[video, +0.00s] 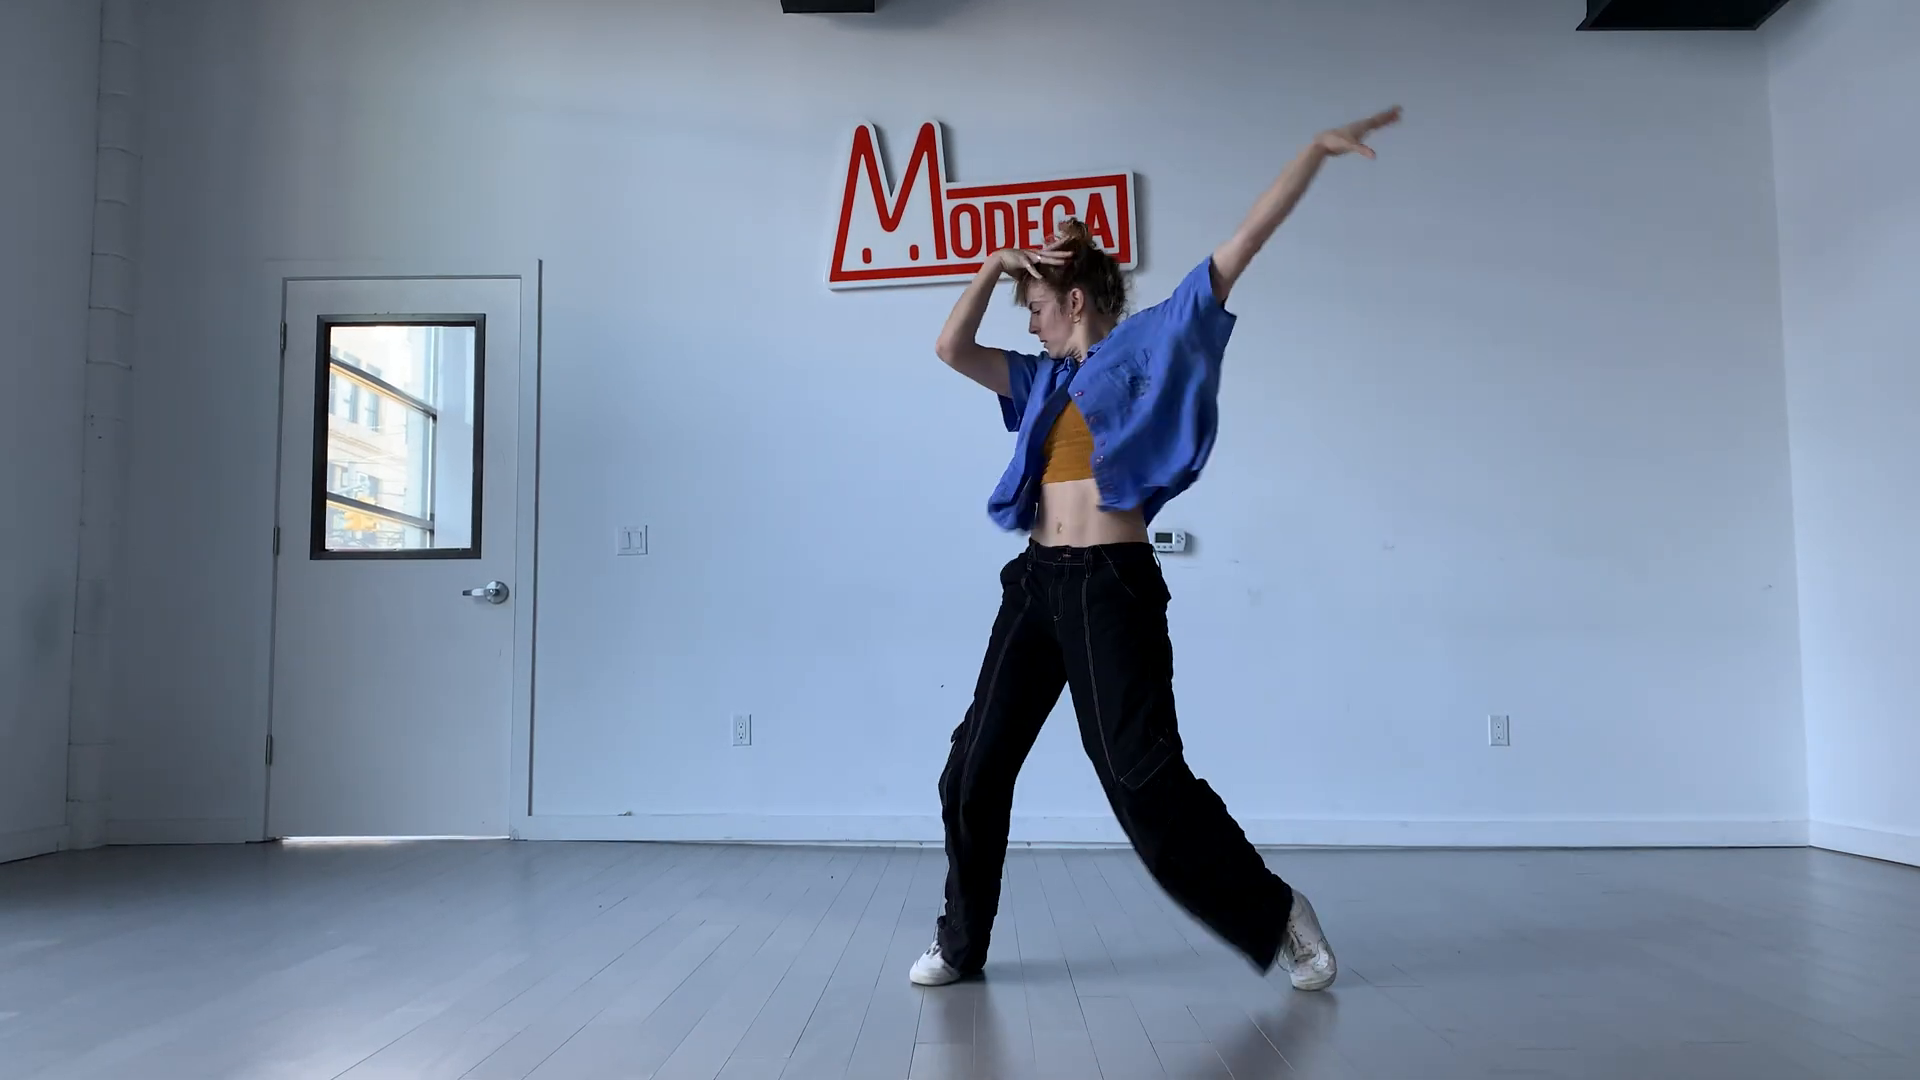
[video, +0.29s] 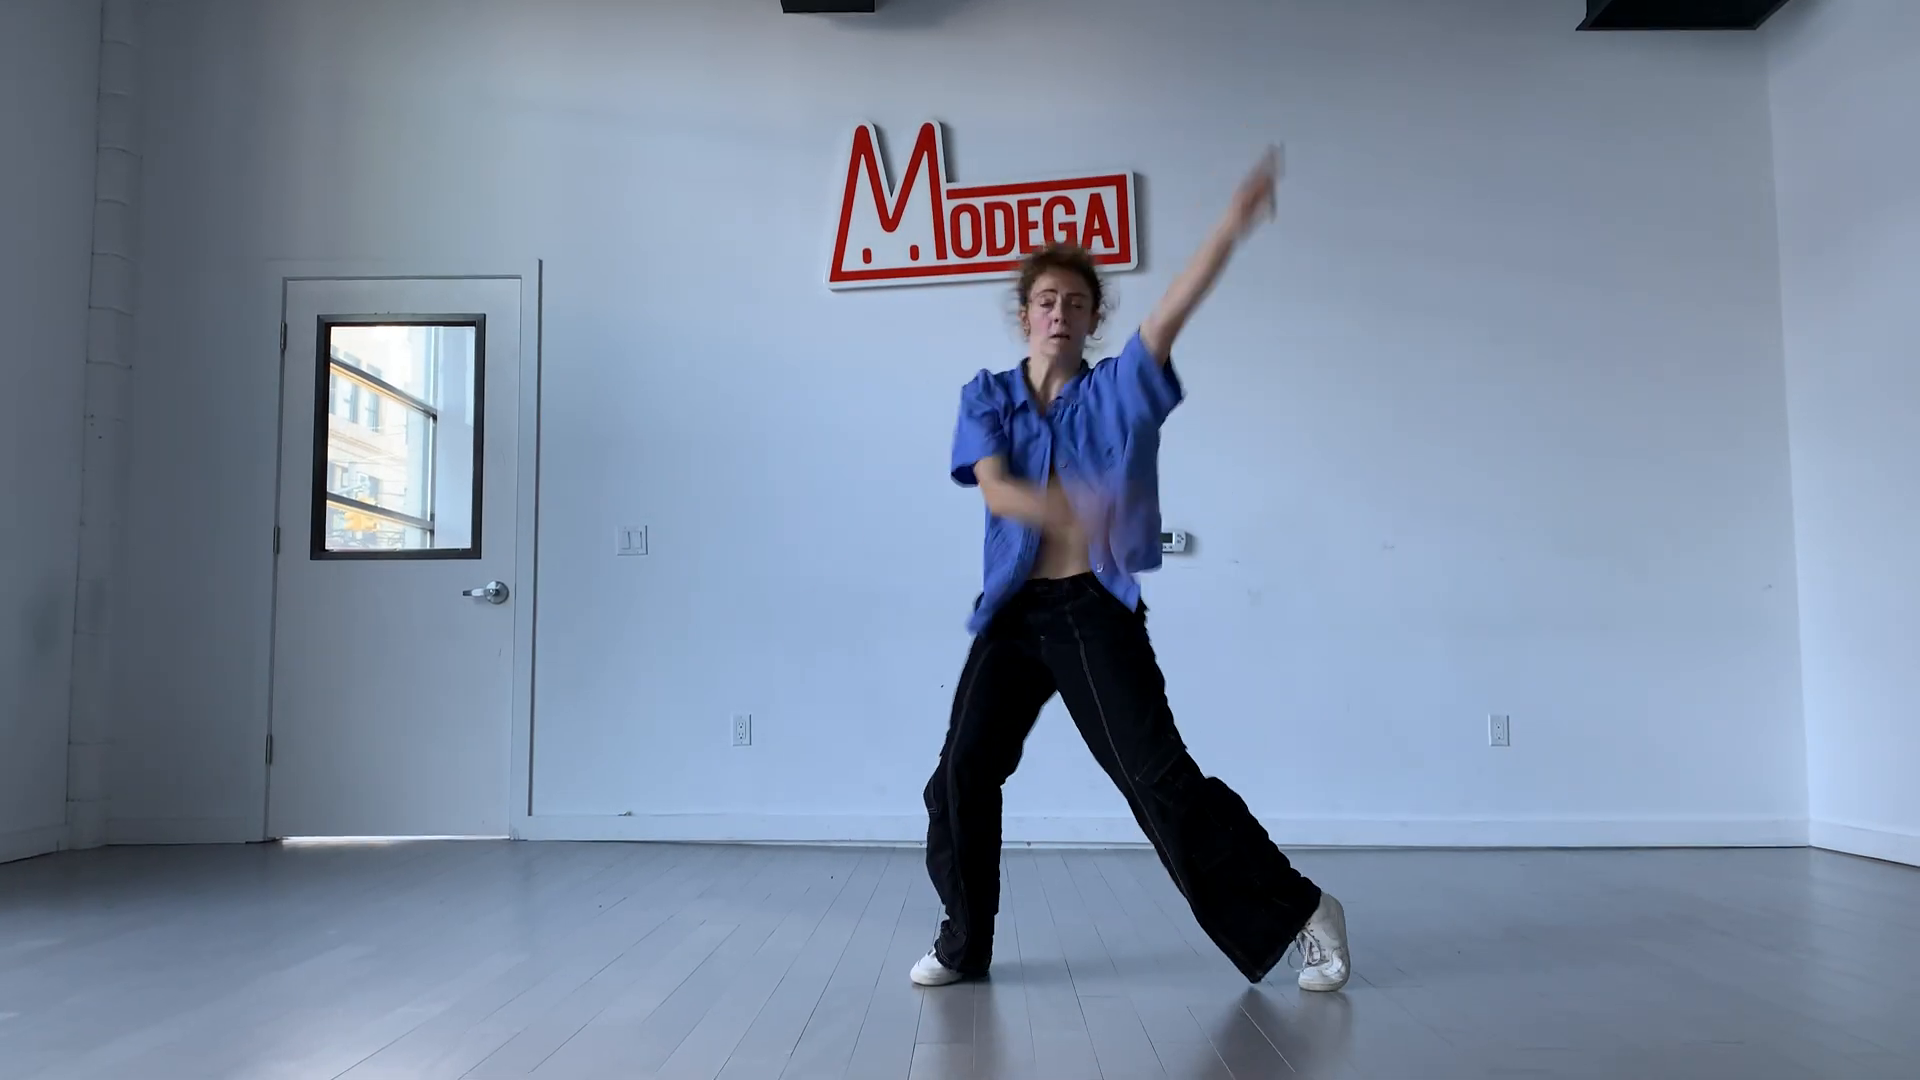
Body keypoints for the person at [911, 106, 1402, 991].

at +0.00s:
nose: (1029, 318)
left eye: (1035, 303)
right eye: (1026, 306)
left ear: (1078, 297)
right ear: (1054, 305)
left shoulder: (1155, 335)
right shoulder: (1041, 378)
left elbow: (1240, 248)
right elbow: (957, 350)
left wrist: (1316, 149)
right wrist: (989, 269)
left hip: (1112, 588)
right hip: (1035, 589)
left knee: (1144, 780)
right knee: (974, 769)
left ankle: (1280, 918)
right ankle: (960, 942)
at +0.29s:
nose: (1058, 311)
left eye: (1073, 302)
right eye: (1045, 300)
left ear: (1092, 319)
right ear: (1023, 318)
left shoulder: (1120, 385)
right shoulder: (989, 396)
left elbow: (1173, 313)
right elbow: (994, 487)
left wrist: (1230, 229)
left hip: (1095, 614)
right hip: (1011, 616)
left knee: (1163, 784)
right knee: (960, 779)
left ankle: (1306, 914)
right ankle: (962, 944)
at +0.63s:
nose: (994, 300)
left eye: (1009, 286)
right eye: (980, 284)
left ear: (1030, 291)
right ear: (960, 286)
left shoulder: (1054, 380)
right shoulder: (920, 348)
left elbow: (1073, 501)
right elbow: (857, 326)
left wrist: (1086, 606)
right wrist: (872, 289)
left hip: (1027, 581)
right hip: (936, 578)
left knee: (1044, 755)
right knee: (927, 765)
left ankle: (1059, 896)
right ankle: (962, 942)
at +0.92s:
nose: (954, 339)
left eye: (968, 326)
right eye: (941, 326)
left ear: (989, 336)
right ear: (922, 334)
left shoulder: (1008, 420)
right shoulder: (906, 404)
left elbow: (1097, 471)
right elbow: (970, 493)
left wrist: (1100, 390)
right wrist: (1033, 446)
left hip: (988, 614)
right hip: (908, 606)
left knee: (995, 778)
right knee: (919, 770)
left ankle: (909, 891)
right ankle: (950, 939)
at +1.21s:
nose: (944, 376)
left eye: (957, 363)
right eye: (932, 363)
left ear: (979, 372)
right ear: (914, 369)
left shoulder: (1008, 438)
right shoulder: (883, 450)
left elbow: (1090, 367)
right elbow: (829, 549)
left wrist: (995, 364)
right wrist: (887, 570)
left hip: (964, 635)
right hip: (892, 623)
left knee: (1010, 798)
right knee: (1020, 683)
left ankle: (910, 912)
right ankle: (913, 807)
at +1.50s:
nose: (954, 386)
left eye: (966, 373)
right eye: (940, 374)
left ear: (984, 383)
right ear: (920, 385)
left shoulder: (1013, 477)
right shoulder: (908, 461)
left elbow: (1075, 555)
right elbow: (894, 572)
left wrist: (1096, 479)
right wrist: (944, 672)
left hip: (1008, 664)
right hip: (929, 667)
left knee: (1116, 744)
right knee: (978, 818)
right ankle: (868, 909)